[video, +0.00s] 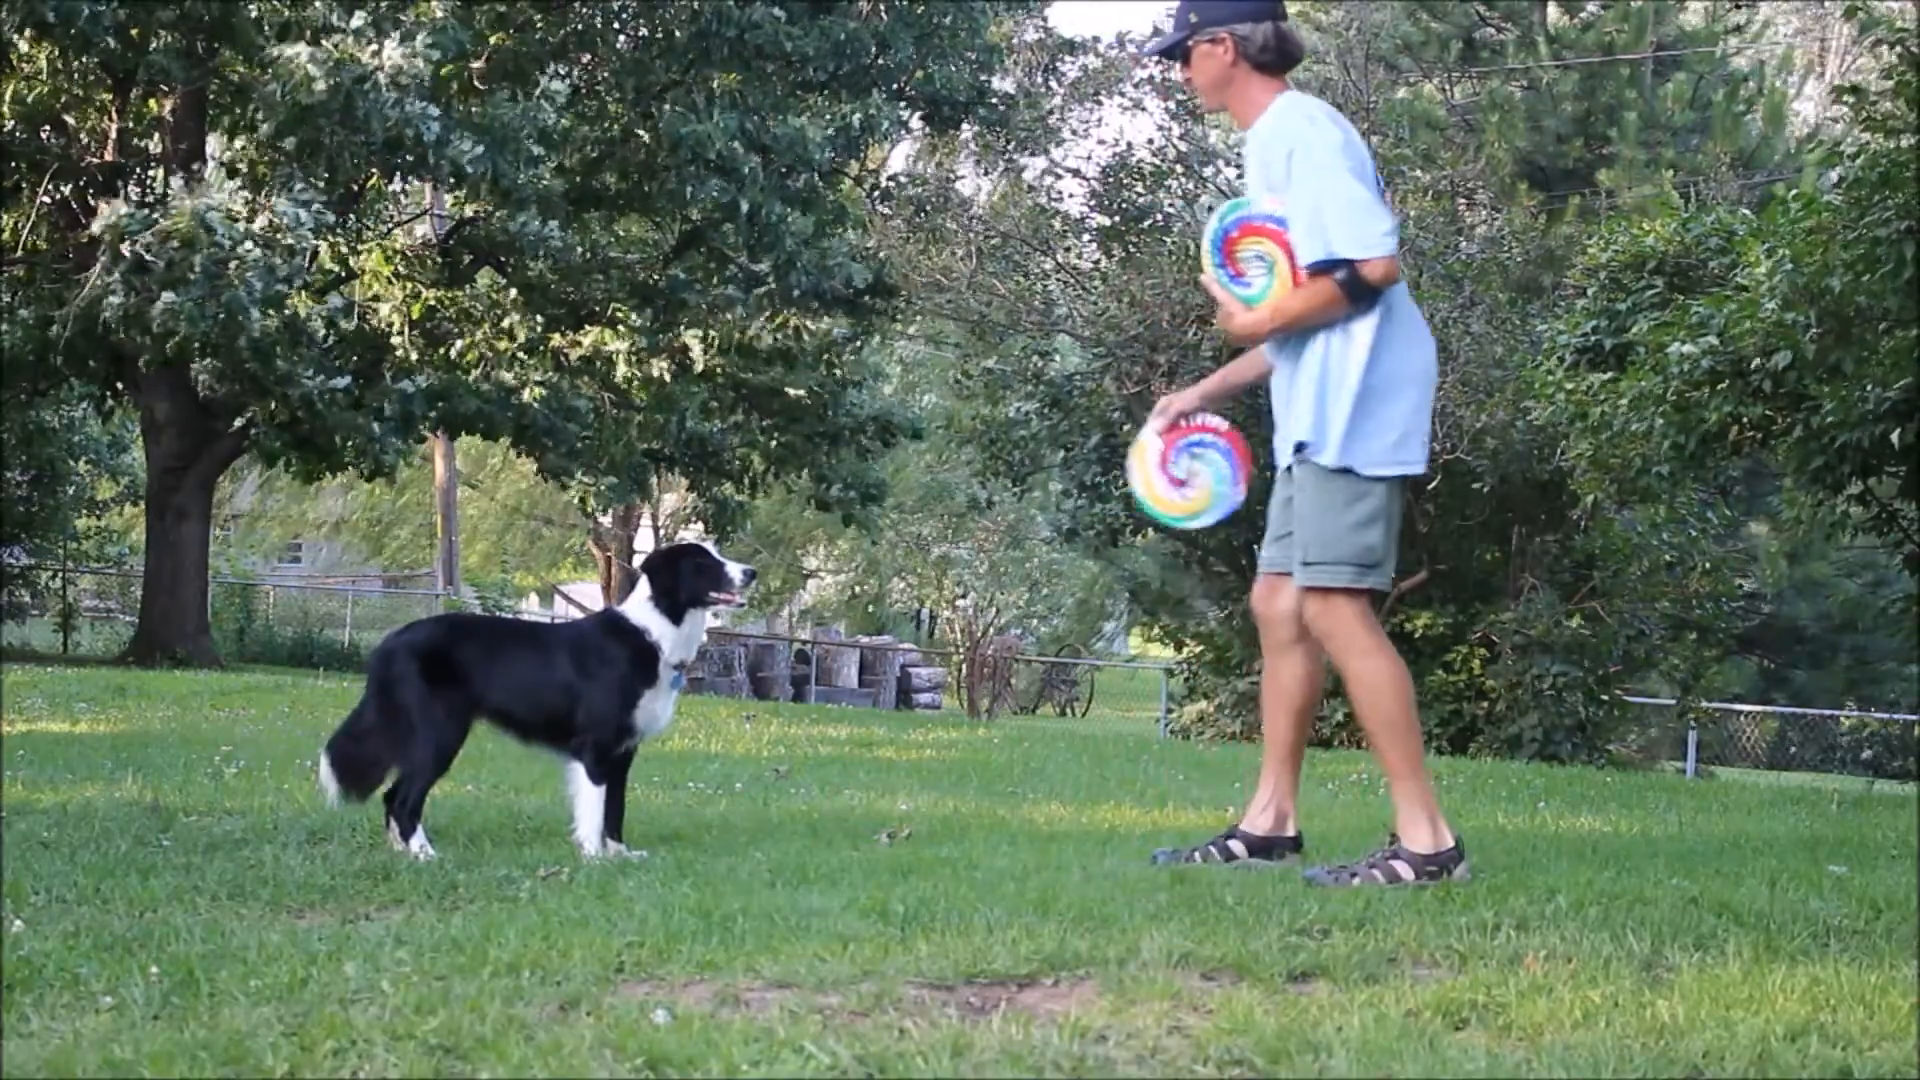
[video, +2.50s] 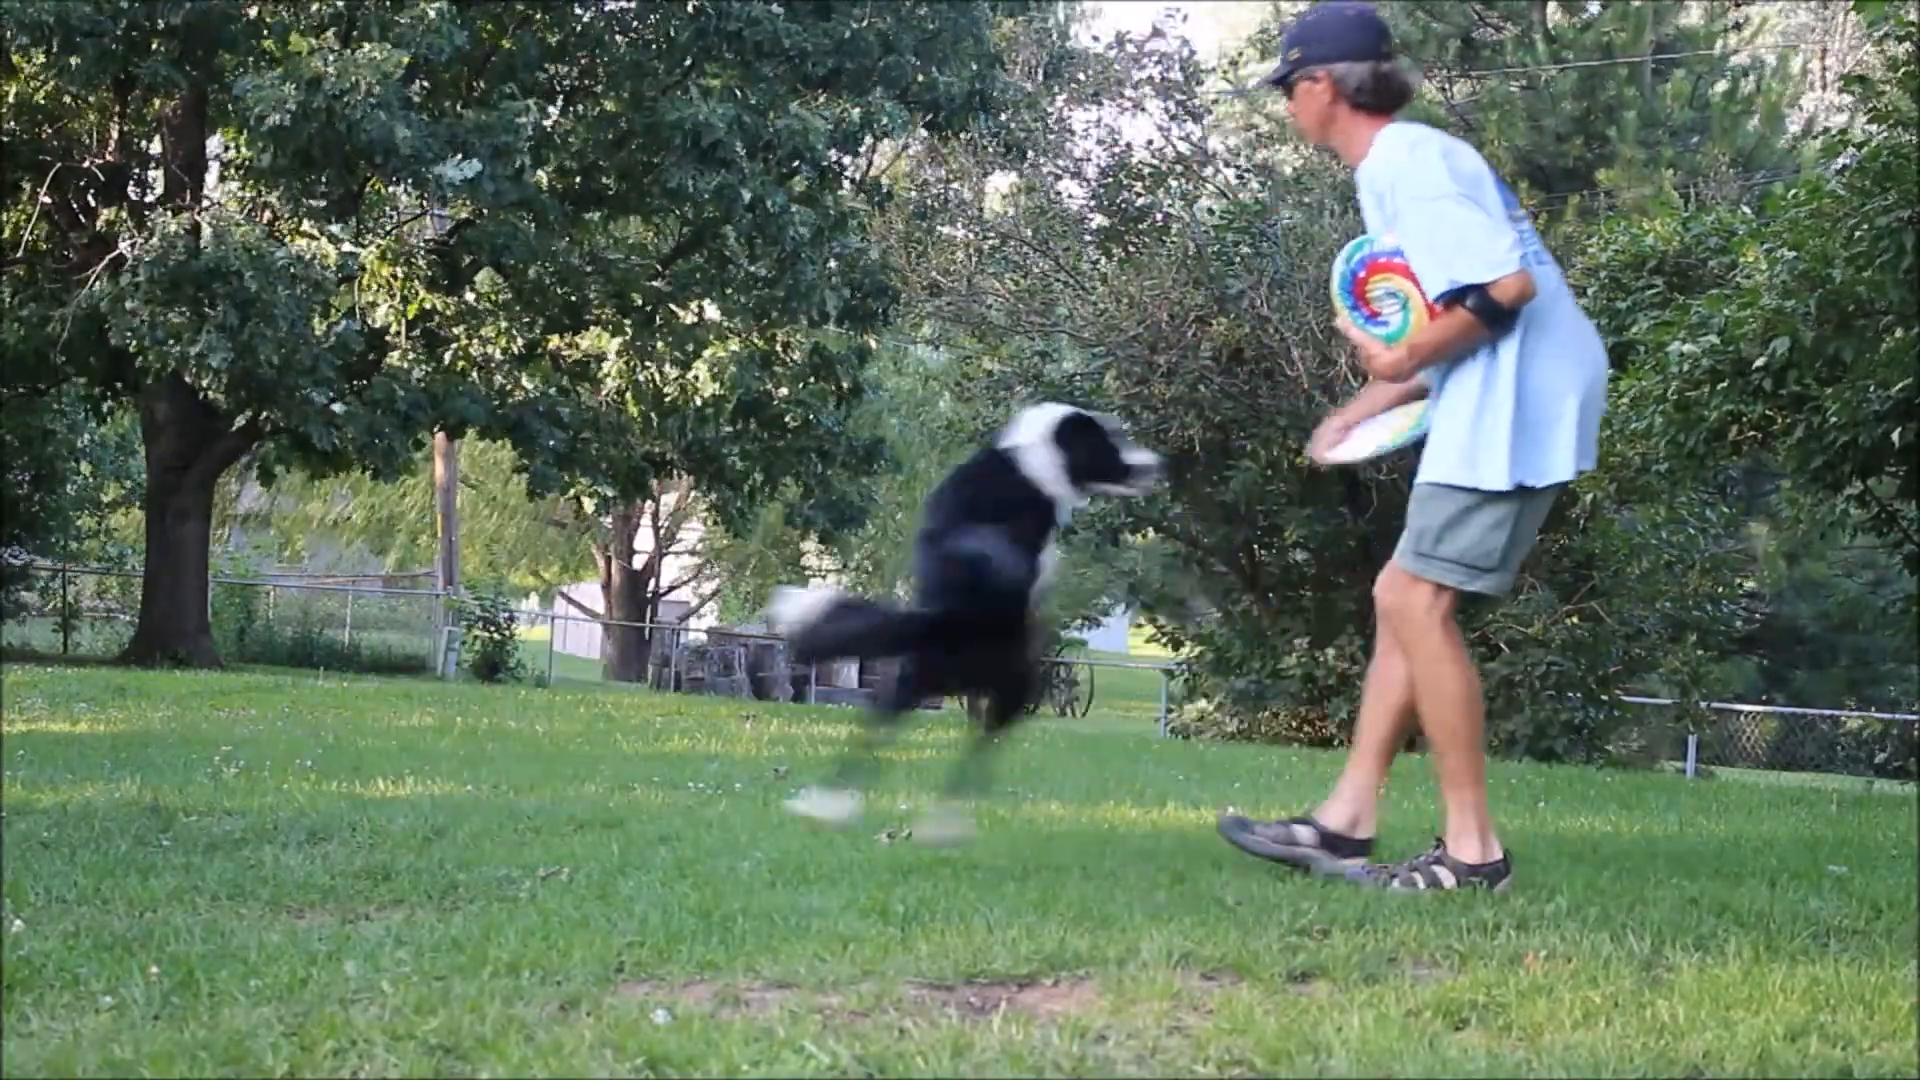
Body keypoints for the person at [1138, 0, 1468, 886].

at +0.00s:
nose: (1183, 72)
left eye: (1188, 53)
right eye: (1182, 57)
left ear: (1229, 50)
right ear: (1235, 51)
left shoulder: (1302, 128)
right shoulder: (1270, 146)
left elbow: (1373, 264)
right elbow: (1302, 319)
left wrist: (1259, 320)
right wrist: (1198, 394)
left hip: (1360, 411)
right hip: (1319, 413)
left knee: (1333, 607)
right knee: (1277, 601)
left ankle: (1426, 840)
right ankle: (1270, 822)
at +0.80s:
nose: (1113, 152)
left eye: (1115, 132)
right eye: (1110, 135)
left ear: (1153, 121)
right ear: (1159, 121)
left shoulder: (1235, 172)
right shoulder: (1215, 204)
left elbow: (1340, 271)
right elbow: (1274, 379)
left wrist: (1251, 357)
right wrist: (1172, 451)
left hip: (1363, 403)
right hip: (1329, 411)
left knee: (1267, 595)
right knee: (1248, 602)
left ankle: (1391, 812)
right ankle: (1279, 825)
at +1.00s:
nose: (1107, 161)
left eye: (1109, 142)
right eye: (1104, 146)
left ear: (1148, 131)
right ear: (1153, 132)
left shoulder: (1233, 183)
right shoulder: (1216, 201)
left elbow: (1341, 276)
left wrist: (1258, 366)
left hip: (1350, 421)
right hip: (1320, 422)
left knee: (1257, 606)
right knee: (1236, 606)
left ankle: (1334, 841)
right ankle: (1277, 826)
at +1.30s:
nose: (1115, 133)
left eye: (1118, 112)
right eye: (1112, 116)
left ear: (1157, 102)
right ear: (1166, 101)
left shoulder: (1237, 174)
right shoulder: (1241, 167)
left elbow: (1331, 288)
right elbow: (1339, 289)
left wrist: (1240, 361)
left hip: (1353, 401)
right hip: (1341, 397)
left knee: (1263, 601)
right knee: (1249, 598)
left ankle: (1336, 844)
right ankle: (1279, 825)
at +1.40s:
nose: (1118, 131)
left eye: (1121, 111)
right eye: (1115, 114)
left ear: (1162, 100)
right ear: (1167, 99)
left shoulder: (1242, 171)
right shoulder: (1227, 175)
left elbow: (1340, 286)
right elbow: (1316, 288)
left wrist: (1246, 362)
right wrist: (1240, 341)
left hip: (1355, 405)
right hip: (1324, 403)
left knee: (1262, 603)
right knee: (1230, 590)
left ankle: (1337, 845)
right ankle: (1282, 819)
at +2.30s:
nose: (1214, 151)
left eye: (1220, 131)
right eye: (1211, 135)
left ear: (1266, 122)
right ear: (1263, 124)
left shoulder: (1362, 188)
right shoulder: (1318, 219)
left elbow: (1472, 301)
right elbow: (1356, 375)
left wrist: (1366, 382)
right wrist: (1275, 454)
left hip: (1467, 435)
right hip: (1423, 436)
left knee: (1363, 615)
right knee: (1329, 604)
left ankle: (1469, 847)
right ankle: (1303, 832)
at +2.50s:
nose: (1289, 109)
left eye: (1292, 90)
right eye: (1287, 92)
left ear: (1328, 86)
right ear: (1354, 85)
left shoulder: (1408, 159)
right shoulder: (1397, 167)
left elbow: (1504, 289)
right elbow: (1460, 321)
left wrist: (1401, 359)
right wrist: (1366, 410)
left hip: (1518, 404)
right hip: (1496, 404)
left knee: (1419, 600)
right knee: (1399, 598)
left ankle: (1472, 849)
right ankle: (1347, 819)